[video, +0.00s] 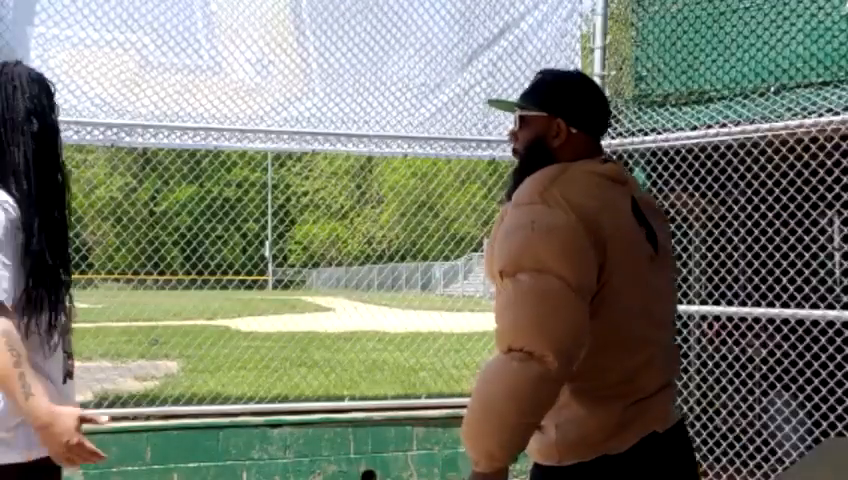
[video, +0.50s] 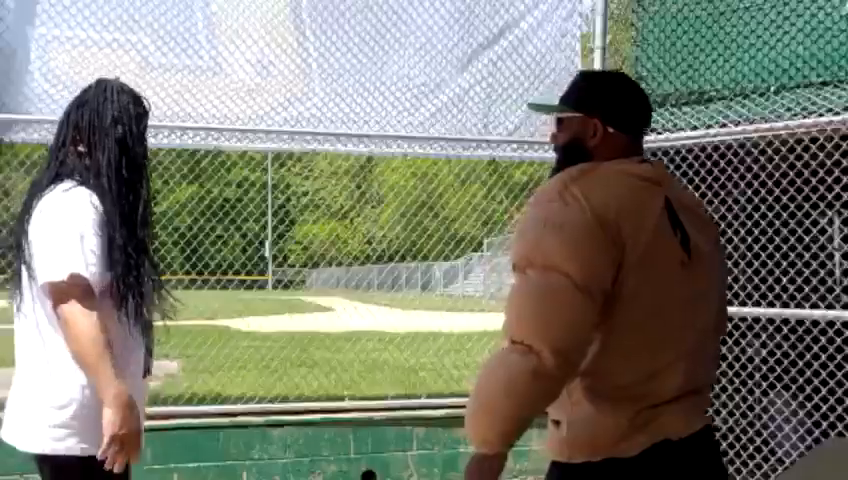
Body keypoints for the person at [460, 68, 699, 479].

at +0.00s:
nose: (511, 135)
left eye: (522, 122)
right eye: (515, 122)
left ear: (558, 131)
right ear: (567, 132)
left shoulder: (547, 202)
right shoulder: (630, 196)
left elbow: (536, 347)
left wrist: (487, 457)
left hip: (586, 456)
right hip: (660, 440)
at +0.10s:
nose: (515, 135)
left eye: (527, 122)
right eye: (519, 122)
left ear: (563, 130)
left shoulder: (550, 200)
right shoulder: (639, 197)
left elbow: (534, 347)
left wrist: (485, 457)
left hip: (586, 456)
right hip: (665, 439)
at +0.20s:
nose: (525, 136)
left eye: (534, 124)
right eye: (528, 124)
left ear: (568, 130)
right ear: (607, 136)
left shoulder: (553, 201)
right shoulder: (650, 199)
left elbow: (534, 347)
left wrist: (483, 457)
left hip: (588, 454)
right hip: (672, 438)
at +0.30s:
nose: (534, 136)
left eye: (543, 123)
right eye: (536, 123)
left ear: (577, 129)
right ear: (612, 133)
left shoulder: (562, 199)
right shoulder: (663, 198)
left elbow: (533, 347)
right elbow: (677, 322)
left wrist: (482, 454)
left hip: (592, 454)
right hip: (678, 437)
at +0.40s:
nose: (543, 135)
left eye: (553, 123)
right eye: (546, 123)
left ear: (587, 128)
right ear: (621, 133)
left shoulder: (569, 200)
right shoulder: (676, 201)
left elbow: (535, 345)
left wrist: (482, 447)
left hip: (597, 452)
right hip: (685, 435)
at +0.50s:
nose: (553, 137)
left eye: (562, 123)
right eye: (555, 124)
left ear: (596, 129)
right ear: (632, 133)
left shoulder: (577, 200)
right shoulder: (684, 202)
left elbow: (542, 343)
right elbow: (706, 327)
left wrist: (489, 445)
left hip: (603, 455)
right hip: (692, 441)